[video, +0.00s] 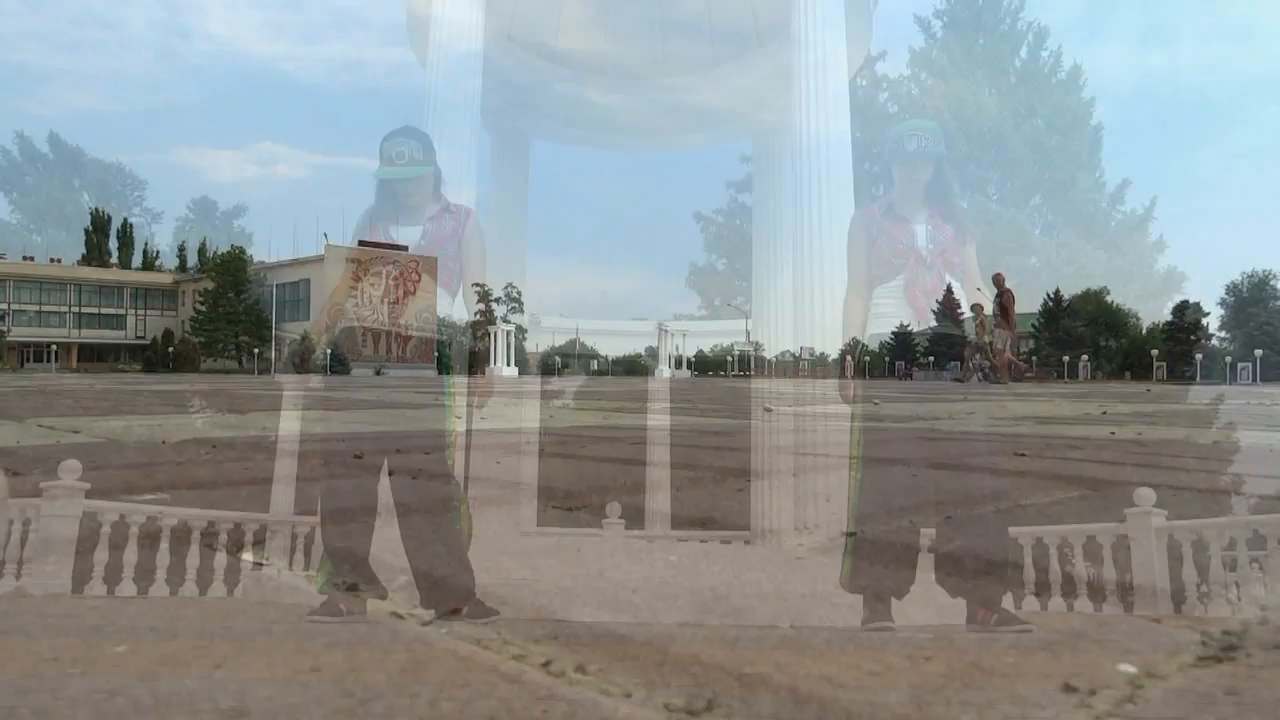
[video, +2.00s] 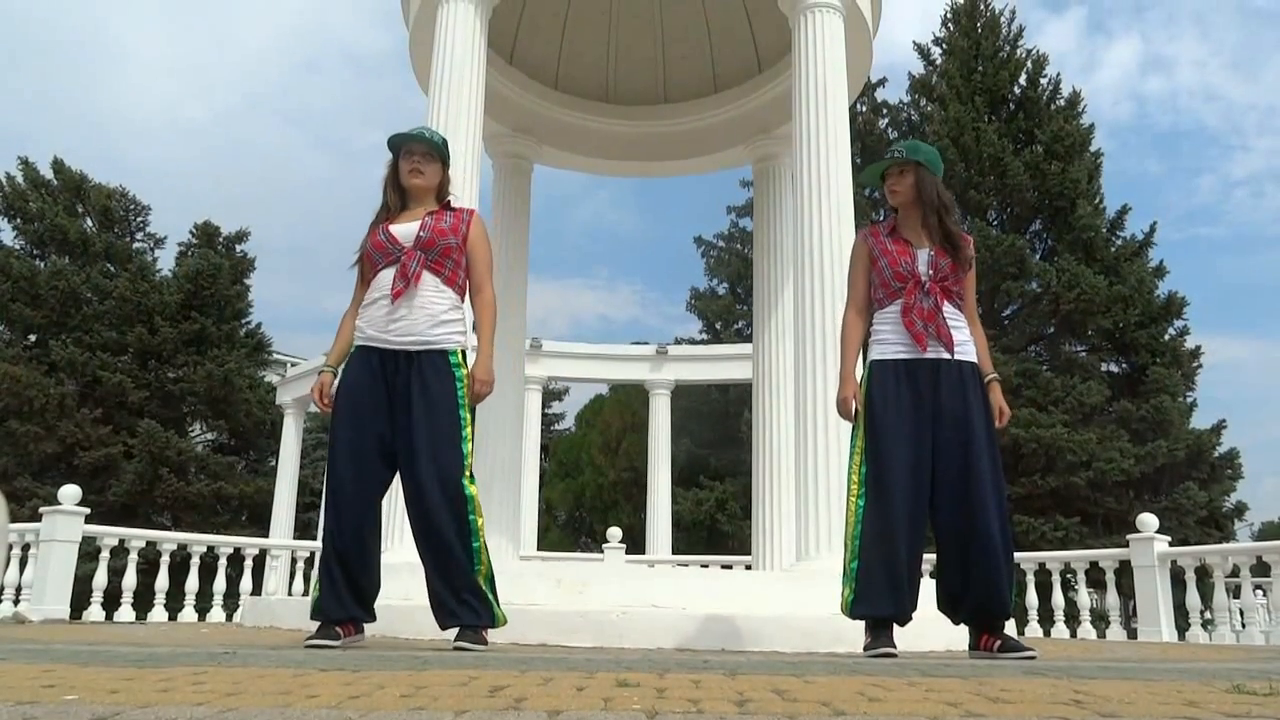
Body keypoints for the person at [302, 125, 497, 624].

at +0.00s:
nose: (403, 177)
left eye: (413, 166)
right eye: (394, 167)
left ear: (433, 167)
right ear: (382, 170)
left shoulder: (459, 223)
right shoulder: (367, 225)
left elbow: (478, 294)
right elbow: (341, 296)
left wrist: (480, 356)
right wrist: (320, 347)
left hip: (421, 368)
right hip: (353, 367)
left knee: (426, 475)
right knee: (347, 473)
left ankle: (449, 593)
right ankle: (349, 585)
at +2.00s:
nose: (416, 163)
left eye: (427, 156)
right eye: (408, 156)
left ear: (444, 170)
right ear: (395, 167)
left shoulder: (464, 221)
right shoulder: (377, 232)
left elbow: (483, 293)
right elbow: (358, 306)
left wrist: (485, 359)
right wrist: (330, 365)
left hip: (435, 366)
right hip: (368, 366)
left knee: (439, 492)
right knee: (349, 491)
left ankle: (471, 620)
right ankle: (343, 617)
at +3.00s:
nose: (423, 163)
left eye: (433, 156)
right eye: (415, 156)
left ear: (452, 167)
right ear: (402, 167)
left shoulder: (472, 227)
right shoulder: (383, 229)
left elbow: (486, 299)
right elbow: (364, 303)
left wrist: (490, 367)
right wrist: (343, 366)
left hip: (447, 364)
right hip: (382, 366)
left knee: (450, 491)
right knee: (359, 490)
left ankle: (470, 624)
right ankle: (342, 620)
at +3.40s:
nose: (437, 167)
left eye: (447, 161)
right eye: (429, 160)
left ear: (466, 175)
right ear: (415, 172)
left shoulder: (491, 225)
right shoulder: (397, 231)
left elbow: (509, 297)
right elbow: (377, 288)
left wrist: (487, 348)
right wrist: (365, 321)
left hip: (458, 375)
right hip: (394, 372)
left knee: (451, 500)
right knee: (368, 495)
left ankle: (461, 629)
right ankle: (348, 621)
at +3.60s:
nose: (426, 157)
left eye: (438, 151)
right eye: (419, 149)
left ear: (459, 166)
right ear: (406, 162)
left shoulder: (484, 208)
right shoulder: (388, 214)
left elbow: (447, 251)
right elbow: (392, 247)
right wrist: (464, 205)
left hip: (466, 365)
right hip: (398, 360)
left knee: (467, 497)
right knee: (355, 469)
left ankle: (467, 628)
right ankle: (365, 554)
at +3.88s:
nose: (393, 122)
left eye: (406, 118)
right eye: (383, 114)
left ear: (422, 137)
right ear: (364, 129)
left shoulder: (443, 185)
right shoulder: (341, 186)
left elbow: (499, 252)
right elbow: (288, 256)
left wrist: (523, 206)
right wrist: (263, 183)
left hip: (435, 360)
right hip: (364, 355)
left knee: (469, 482)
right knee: (352, 477)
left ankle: (482, 590)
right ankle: (316, 621)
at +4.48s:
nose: (428, 165)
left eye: (440, 163)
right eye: (420, 155)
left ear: (451, 183)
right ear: (401, 164)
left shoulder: (452, 242)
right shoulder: (366, 219)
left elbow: (482, 317)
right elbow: (327, 293)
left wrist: (522, 269)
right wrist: (324, 231)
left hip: (431, 382)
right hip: (372, 365)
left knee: (445, 503)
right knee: (362, 483)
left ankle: (397, 627)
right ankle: (317, 628)